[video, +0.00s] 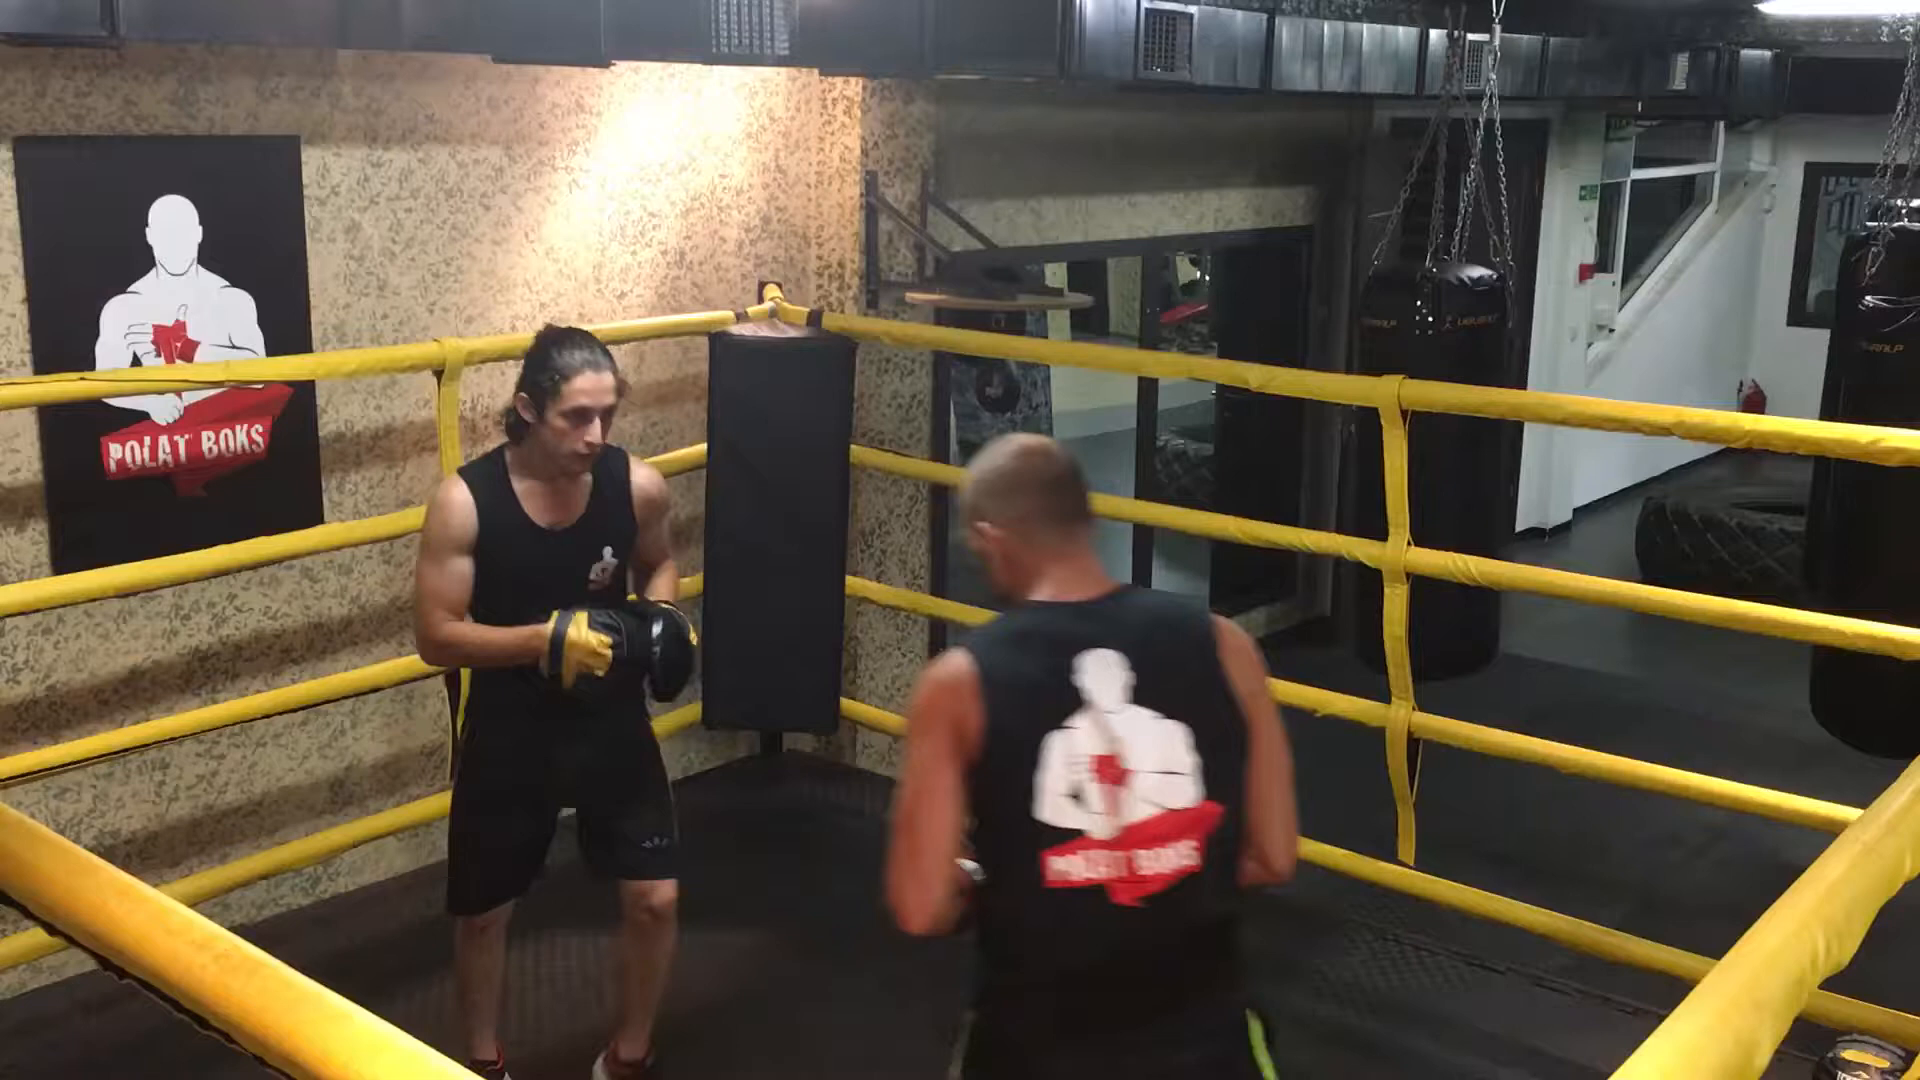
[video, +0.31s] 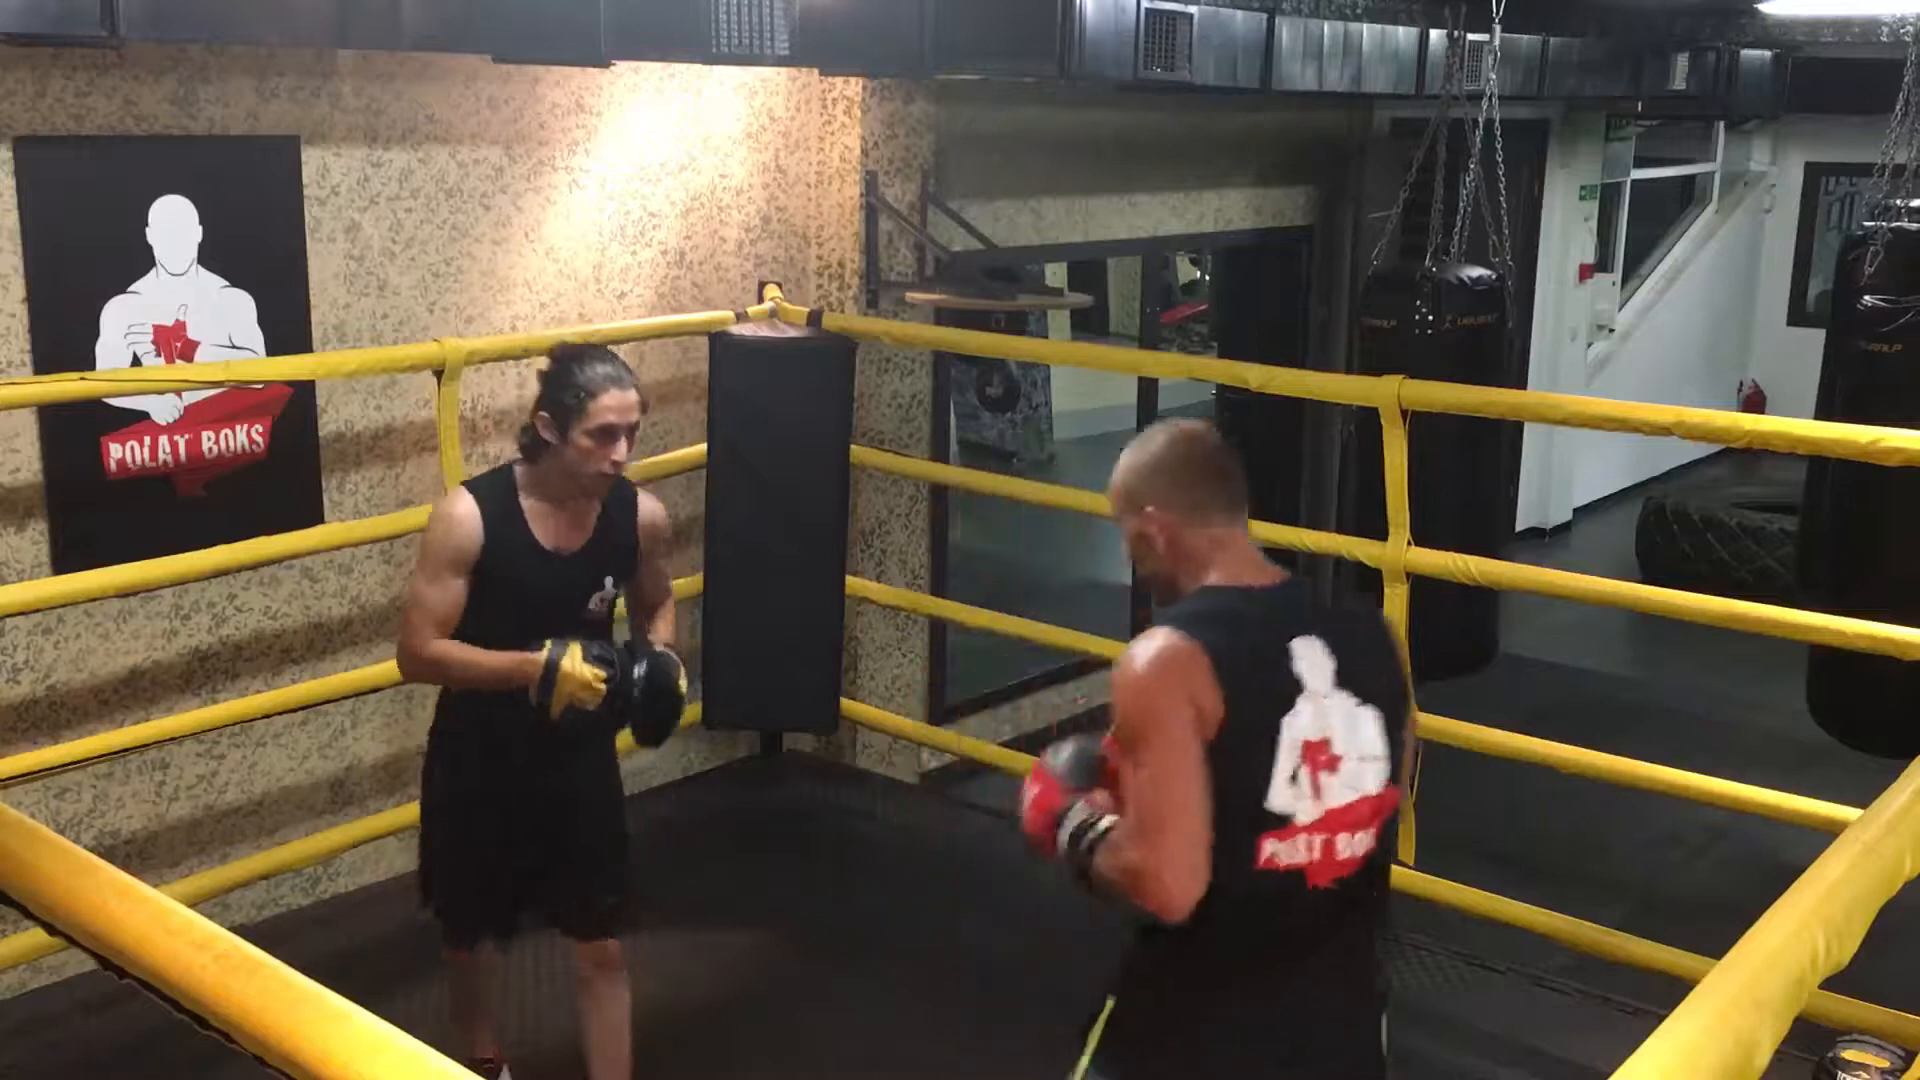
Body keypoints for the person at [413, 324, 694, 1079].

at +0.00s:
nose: (595, 436)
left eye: (605, 417)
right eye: (577, 417)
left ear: (616, 411)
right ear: (526, 410)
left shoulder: (637, 488)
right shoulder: (464, 499)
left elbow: (657, 565)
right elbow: (436, 637)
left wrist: (658, 617)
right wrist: (547, 640)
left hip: (613, 724)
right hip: (506, 734)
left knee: (655, 898)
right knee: (481, 910)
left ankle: (629, 1057)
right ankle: (484, 1058)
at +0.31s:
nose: (620, 454)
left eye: (630, 434)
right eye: (603, 436)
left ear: (638, 430)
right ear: (548, 430)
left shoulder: (639, 519)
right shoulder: (467, 515)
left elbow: (655, 605)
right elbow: (416, 652)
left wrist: (658, 658)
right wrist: (535, 667)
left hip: (579, 755)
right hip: (477, 758)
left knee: (603, 952)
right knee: (470, 951)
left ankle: (612, 1075)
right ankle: (485, 1066)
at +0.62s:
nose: (653, 467)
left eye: (663, 447)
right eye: (636, 448)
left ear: (672, 439)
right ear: (581, 432)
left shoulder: (659, 506)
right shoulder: (480, 512)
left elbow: (738, 628)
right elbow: (421, 646)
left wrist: (756, 548)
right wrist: (535, 673)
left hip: (587, 771)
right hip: (478, 773)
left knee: (609, 967)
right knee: (448, 985)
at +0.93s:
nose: (609, 476)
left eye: (616, 454)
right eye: (590, 459)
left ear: (622, 441)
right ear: (525, 450)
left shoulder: (623, 508)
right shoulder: (449, 561)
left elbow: (730, 601)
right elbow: (431, 715)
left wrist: (741, 516)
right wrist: (563, 706)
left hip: (610, 794)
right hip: (499, 814)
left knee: (698, 982)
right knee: (478, 1035)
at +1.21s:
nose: (652, 465)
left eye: (660, 442)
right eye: (632, 447)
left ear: (669, 432)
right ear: (570, 443)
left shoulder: (685, 505)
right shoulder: (499, 551)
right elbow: (484, 707)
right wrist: (606, 700)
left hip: (655, 805)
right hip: (540, 816)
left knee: (703, 1012)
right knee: (506, 1032)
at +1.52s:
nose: (655, 448)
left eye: (663, 427)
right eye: (635, 430)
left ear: (672, 425)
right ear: (574, 429)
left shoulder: (673, 513)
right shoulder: (513, 558)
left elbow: (688, 610)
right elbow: (487, 718)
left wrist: (734, 654)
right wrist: (631, 730)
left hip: (669, 793)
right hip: (557, 810)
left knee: (733, 980)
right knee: (517, 1019)